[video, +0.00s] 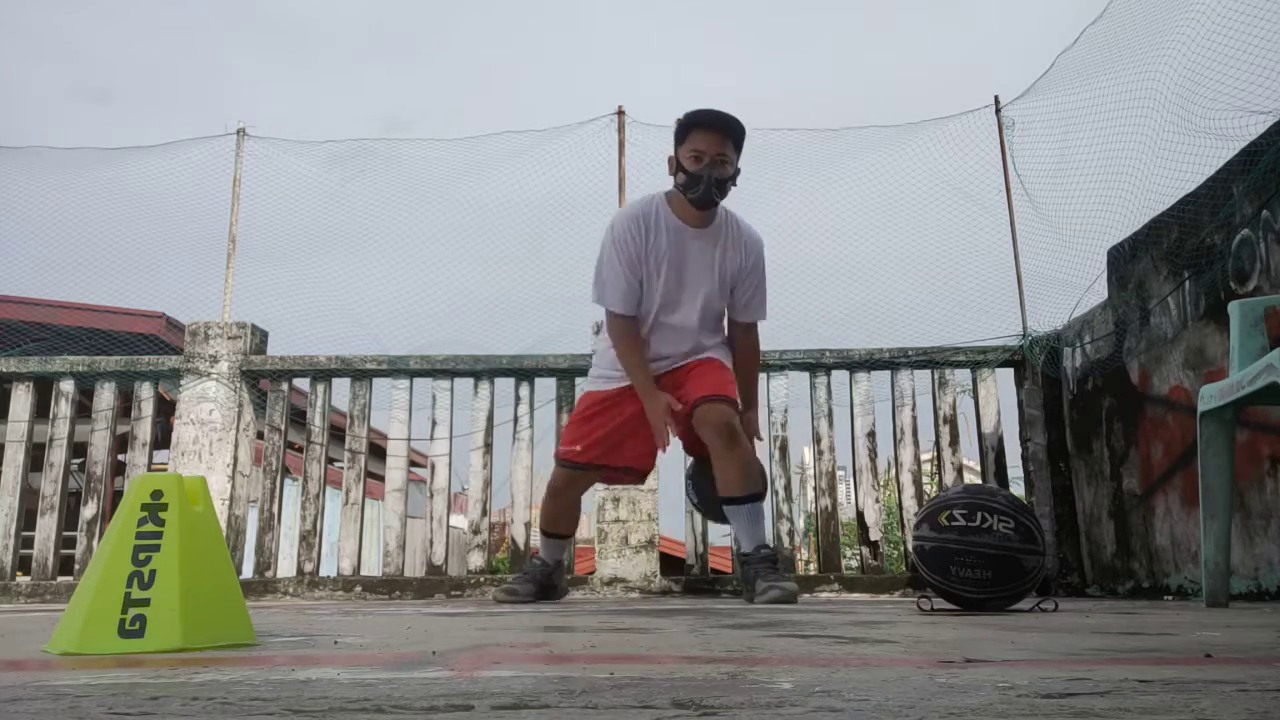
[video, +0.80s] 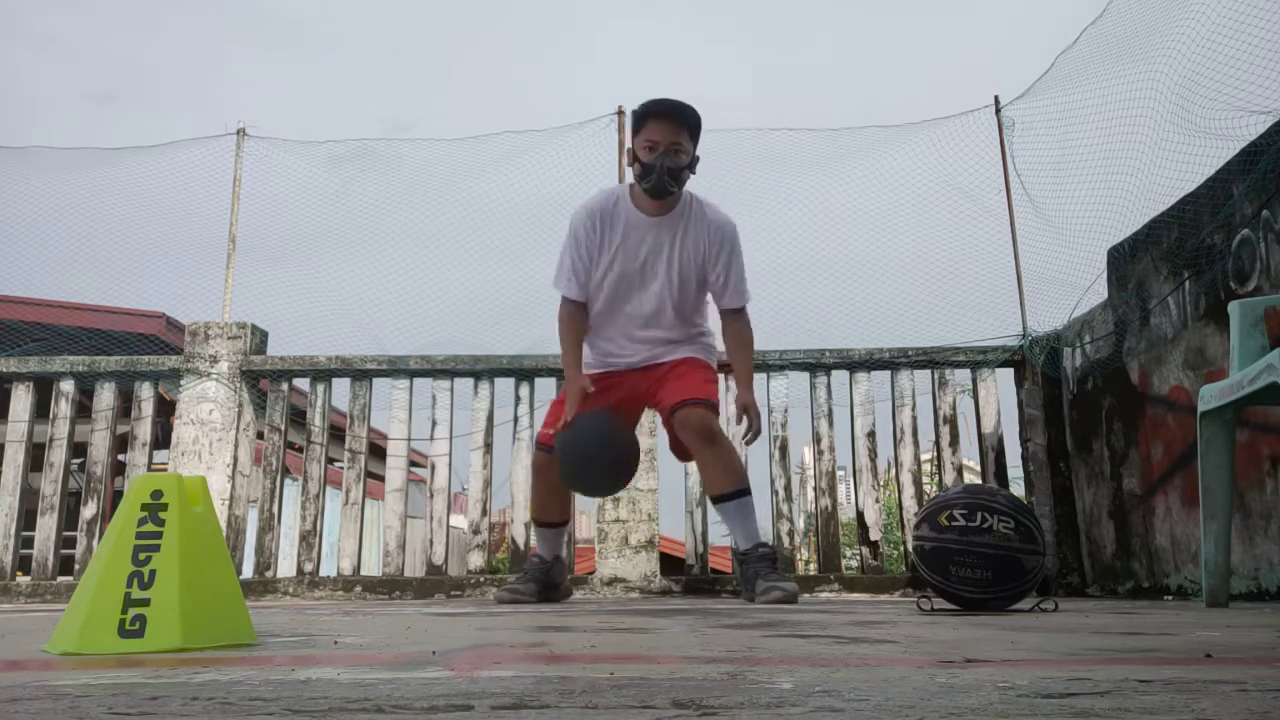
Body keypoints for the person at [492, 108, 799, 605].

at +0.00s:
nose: (707, 172)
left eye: (721, 163)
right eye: (696, 158)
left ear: (735, 172)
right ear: (674, 162)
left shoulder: (744, 244)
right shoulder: (632, 227)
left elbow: (745, 333)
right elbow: (620, 321)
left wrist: (750, 411)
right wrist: (648, 392)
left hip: (697, 360)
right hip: (624, 363)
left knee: (722, 421)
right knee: (567, 474)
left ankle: (758, 563)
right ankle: (548, 569)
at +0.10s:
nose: (726, 176)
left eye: (739, 167)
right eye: (716, 163)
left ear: (753, 175)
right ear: (692, 165)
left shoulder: (755, 244)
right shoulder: (649, 225)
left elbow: (760, 315)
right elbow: (628, 321)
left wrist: (790, 381)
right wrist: (680, 382)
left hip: (707, 361)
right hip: (634, 361)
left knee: (732, 423)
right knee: (585, 473)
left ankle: (759, 563)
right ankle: (550, 564)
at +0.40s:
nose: (698, 157)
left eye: (712, 146)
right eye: (687, 144)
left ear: (727, 153)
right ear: (666, 147)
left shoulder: (740, 218)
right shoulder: (631, 212)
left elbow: (737, 309)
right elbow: (640, 306)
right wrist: (668, 381)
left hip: (702, 359)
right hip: (629, 357)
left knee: (729, 430)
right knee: (578, 462)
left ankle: (761, 563)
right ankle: (552, 562)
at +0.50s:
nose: (674, 161)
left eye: (687, 150)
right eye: (662, 146)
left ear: (704, 157)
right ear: (642, 150)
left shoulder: (721, 224)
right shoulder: (608, 219)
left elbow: (716, 319)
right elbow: (590, 307)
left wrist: (679, 379)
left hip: (692, 359)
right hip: (618, 366)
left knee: (716, 427)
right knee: (571, 443)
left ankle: (758, 563)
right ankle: (550, 566)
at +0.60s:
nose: (650, 167)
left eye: (665, 156)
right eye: (640, 154)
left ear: (683, 163)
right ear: (623, 155)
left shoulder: (707, 230)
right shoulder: (592, 223)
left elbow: (726, 317)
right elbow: (557, 295)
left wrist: (700, 363)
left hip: (684, 360)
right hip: (610, 366)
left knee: (703, 429)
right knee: (553, 450)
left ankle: (756, 561)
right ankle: (549, 568)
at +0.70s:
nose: (644, 169)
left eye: (659, 158)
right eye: (634, 155)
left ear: (678, 165)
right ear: (617, 158)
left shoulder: (703, 229)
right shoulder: (586, 222)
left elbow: (735, 313)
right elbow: (554, 291)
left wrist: (730, 369)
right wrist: (512, 312)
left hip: (681, 361)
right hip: (604, 368)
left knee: (695, 427)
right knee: (548, 446)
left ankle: (754, 560)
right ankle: (548, 567)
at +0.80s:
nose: (660, 162)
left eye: (674, 152)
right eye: (649, 149)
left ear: (692, 159)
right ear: (632, 151)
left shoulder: (713, 227)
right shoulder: (594, 219)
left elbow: (734, 313)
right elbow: (573, 305)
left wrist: (745, 386)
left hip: (681, 359)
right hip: (605, 364)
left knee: (698, 426)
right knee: (548, 448)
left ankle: (755, 561)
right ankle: (548, 567)